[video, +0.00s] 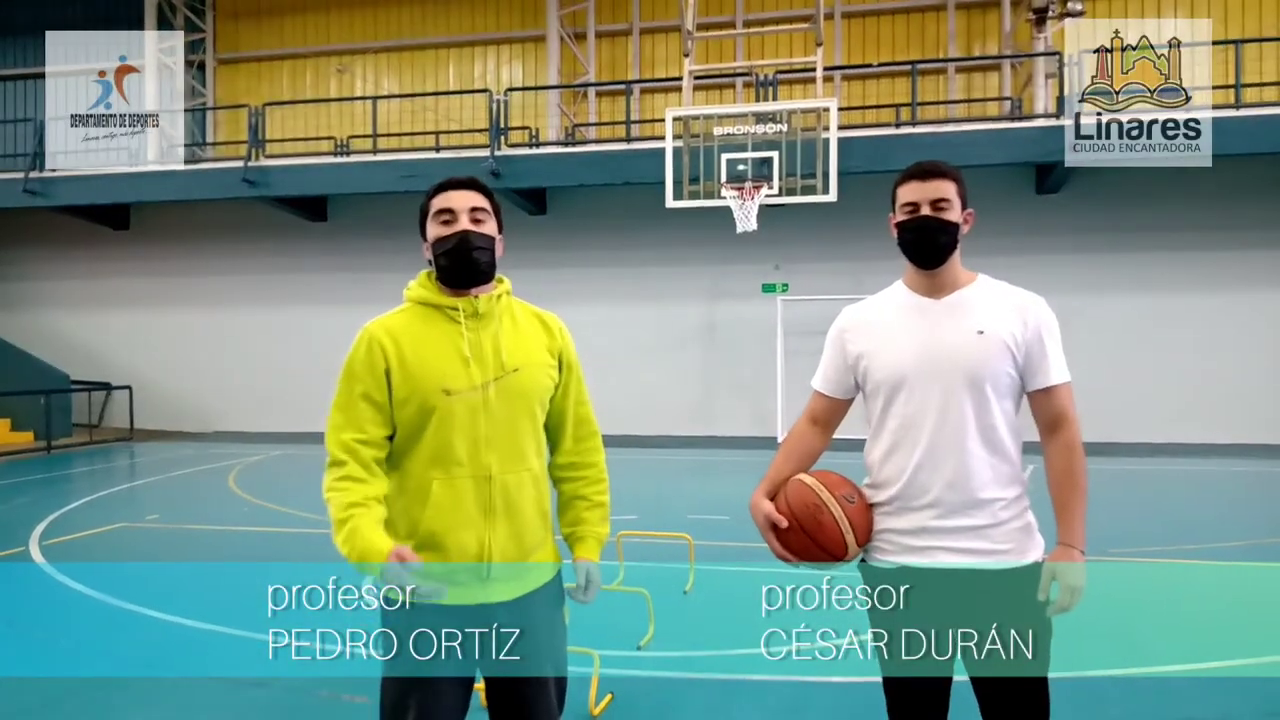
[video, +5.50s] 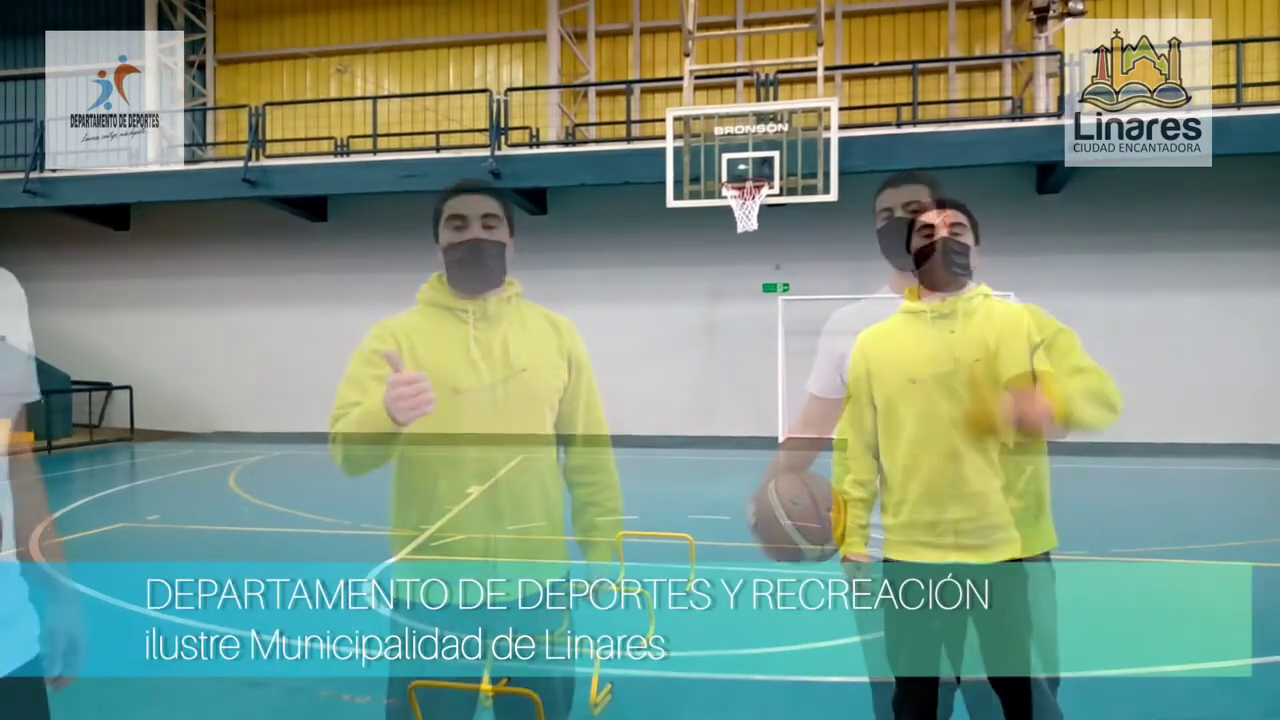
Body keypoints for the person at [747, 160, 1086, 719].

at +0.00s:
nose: (925, 218)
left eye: (940, 207)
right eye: (910, 209)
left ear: (966, 220)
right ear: (893, 227)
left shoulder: (1022, 314)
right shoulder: (858, 324)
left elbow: (1060, 431)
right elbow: (815, 424)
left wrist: (1070, 545)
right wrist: (763, 492)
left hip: (1003, 561)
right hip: (900, 563)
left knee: (1018, 711)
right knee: (913, 713)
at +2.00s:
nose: (929, 217)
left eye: (945, 206)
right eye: (915, 208)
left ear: (971, 220)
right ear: (897, 226)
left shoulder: (1024, 315)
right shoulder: (860, 323)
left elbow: (1060, 432)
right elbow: (816, 425)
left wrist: (1072, 545)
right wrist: (761, 502)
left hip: (1005, 561)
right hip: (901, 562)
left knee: (1020, 710)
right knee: (914, 713)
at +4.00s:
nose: (931, 215)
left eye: (945, 204)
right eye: (916, 208)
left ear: (972, 220)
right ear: (898, 229)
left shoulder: (1026, 315)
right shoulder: (863, 324)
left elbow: (1062, 430)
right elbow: (818, 426)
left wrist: (1078, 542)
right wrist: (765, 505)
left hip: (1008, 559)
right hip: (906, 561)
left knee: (1022, 711)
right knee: (916, 712)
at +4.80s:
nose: (920, 215)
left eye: (935, 204)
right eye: (905, 210)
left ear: (964, 220)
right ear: (894, 232)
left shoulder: (1023, 313)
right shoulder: (860, 324)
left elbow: (1063, 423)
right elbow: (816, 425)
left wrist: (1060, 500)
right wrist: (763, 496)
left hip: (1001, 556)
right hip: (899, 557)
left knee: (1017, 709)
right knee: (911, 713)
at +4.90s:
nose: (915, 215)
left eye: (930, 204)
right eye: (901, 212)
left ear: (961, 219)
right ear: (891, 234)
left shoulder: (1021, 313)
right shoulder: (859, 324)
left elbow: (1066, 422)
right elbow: (815, 424)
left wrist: (1037, 435)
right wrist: (762, 494)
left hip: (998, 557)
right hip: (896, 557)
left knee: (1017, 710)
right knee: (909, 714)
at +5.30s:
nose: (900, 221)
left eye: (915, 209)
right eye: (887, 218)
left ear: (949, 222)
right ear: (880, 238)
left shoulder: (1003, 310)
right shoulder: (853, 324)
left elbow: (1053, 421)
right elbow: (812, 425)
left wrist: (1016, 348)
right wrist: (761, 489)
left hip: (983, 553)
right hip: (885, 554)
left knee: (1005, 710)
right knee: (902, 711)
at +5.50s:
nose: (946, 239)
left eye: (958, 230)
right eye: (929, 232)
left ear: (976, 250)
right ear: (910, 253)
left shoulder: (1020, 323)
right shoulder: (875, 344)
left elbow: (1102, 397)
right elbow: (855, 455)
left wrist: (1042, 406)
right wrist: (853, 544)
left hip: (1010, 547)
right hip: (915, 550)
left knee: (1022, 691)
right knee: (915, 696)